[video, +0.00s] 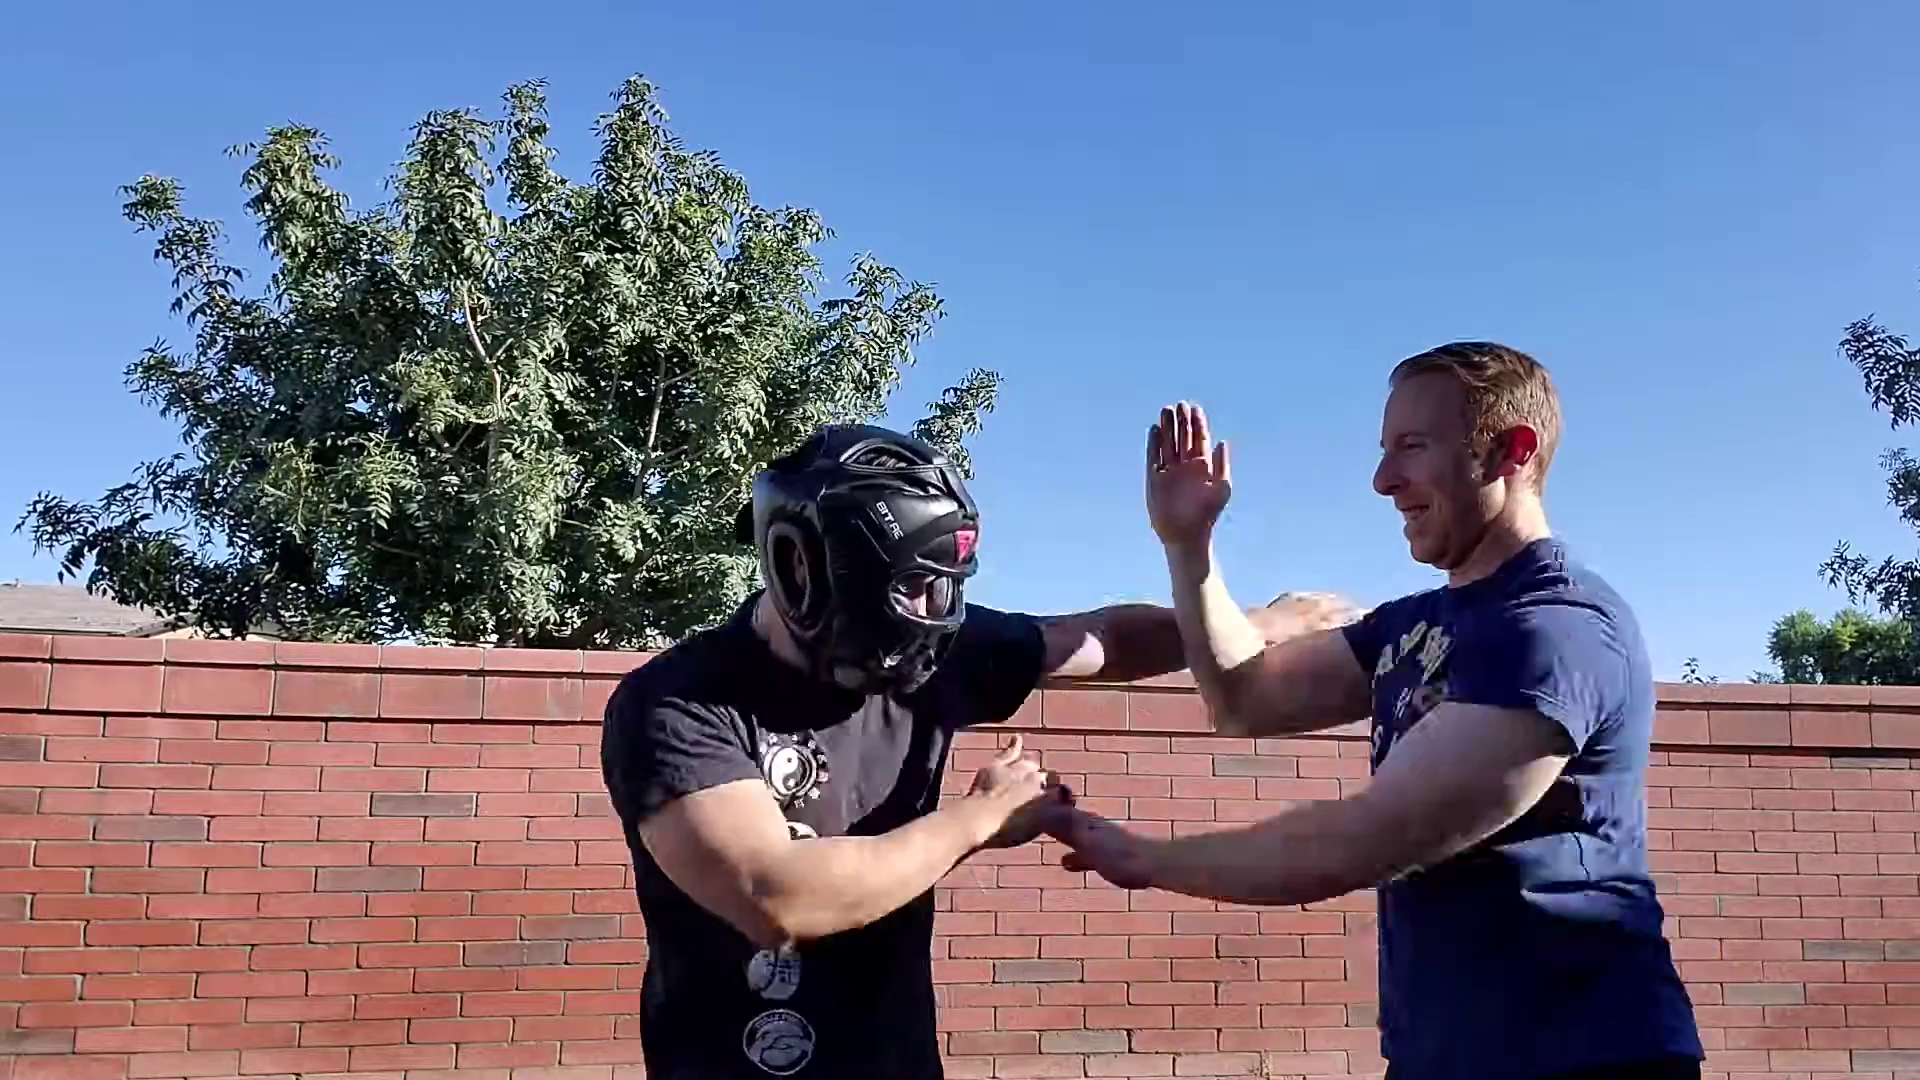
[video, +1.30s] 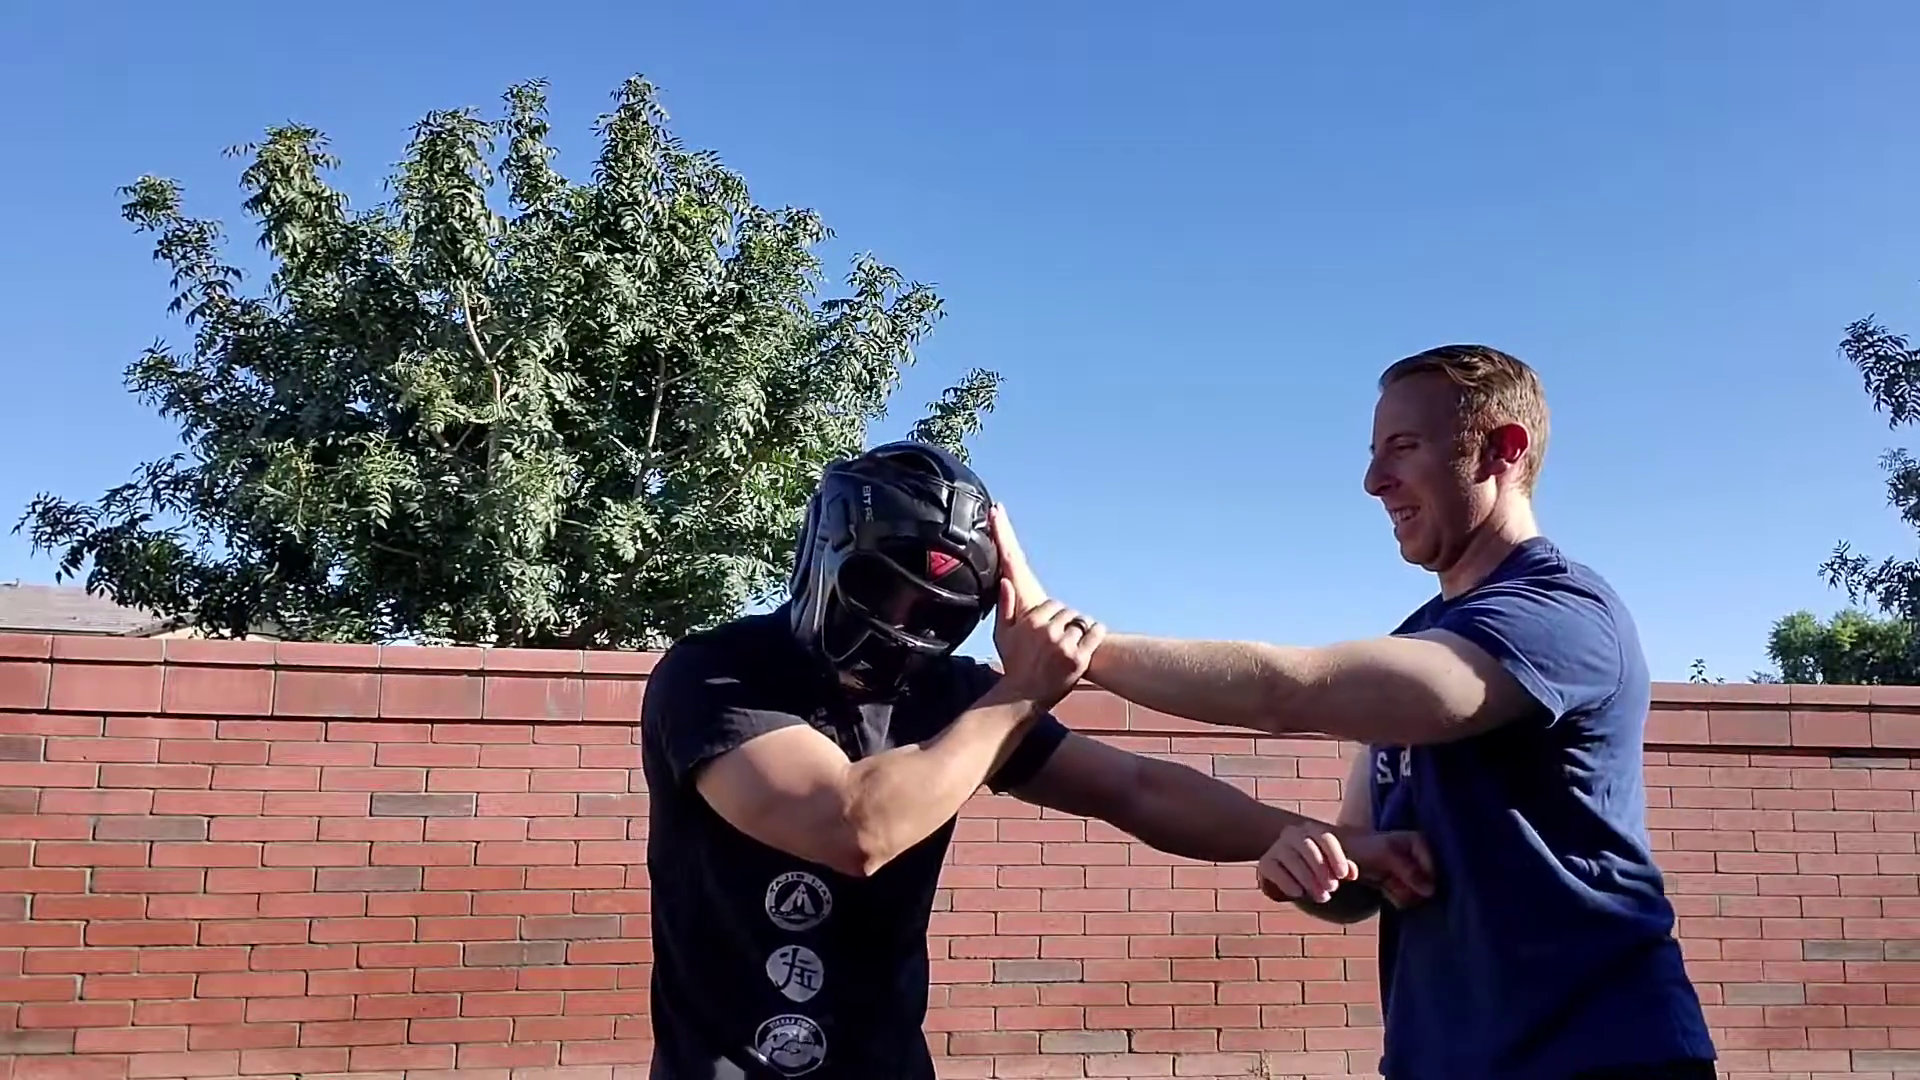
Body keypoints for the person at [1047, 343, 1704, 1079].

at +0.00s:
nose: (1383, 476)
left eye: (1413, 445)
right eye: (1385, 449)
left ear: (1513, 451)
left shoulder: (1558, 631)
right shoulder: (1411, 628)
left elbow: (1374, 837)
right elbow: (1243, 695)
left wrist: (1148, 857)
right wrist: (1188, 547)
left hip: (1579, 1051)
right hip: (1439, 1051)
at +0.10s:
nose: (1410, 474)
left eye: (1440, 441)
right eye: (1413, 446)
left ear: (1542, 450)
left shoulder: (1610, 641)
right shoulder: (1418, 613)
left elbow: (1519, 905)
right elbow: (1222, 653)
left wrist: (1302, 1007)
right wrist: (1156, 492)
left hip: (1569, 1057)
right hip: (1412, 1049)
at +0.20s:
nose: (1401, 472)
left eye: (1432, 438)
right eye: (1408, 444)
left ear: (1534, 449)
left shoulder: (1607, 641)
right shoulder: (1414, 617)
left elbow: (1528, 916)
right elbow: (1219, 662)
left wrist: (1308, 1012)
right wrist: (1125, 523)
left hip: (1571, 1059)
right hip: (1413, 1051)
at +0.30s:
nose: (1391, 466)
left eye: (1421, 434)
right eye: (1397, 438)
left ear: (1520, 443)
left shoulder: (1599, 630)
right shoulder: (1389, 629)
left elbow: (1464, 862)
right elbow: (1251, 773)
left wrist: (1226, 811)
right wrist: (1120, 643)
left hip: (1561, 1053)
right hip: (1396, 1051)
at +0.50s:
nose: (1320, 487)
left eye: (1342, 453)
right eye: (1326, 456)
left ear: (1436, 458)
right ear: (1430, 462)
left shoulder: (1460, 610)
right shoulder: (1489, 605)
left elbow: (1204, 709)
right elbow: (1420, 876)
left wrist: (1034, 618)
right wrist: (1252, 949)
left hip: (1517, 1048)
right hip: (1439, 1046)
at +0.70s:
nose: (1377, 476)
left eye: (1404, 443)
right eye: (1380, 450)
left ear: (1505, 452)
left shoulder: (1562, 604)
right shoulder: (1414, 649)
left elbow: (1293, 684)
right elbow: (1372, 867)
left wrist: (1061, 626)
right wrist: (1297, 852)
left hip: (1581, 1046)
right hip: (1430, 1051)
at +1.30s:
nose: (1375, 479)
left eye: (1401, 448)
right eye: (1377, 455)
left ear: (1504, 454)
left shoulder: (1567, 612)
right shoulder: (1413, 646)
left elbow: (1306, 689)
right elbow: (1369, 858)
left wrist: (1077, 641)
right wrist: (1313, 862)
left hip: (1594, 1044)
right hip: (1439, 1049)